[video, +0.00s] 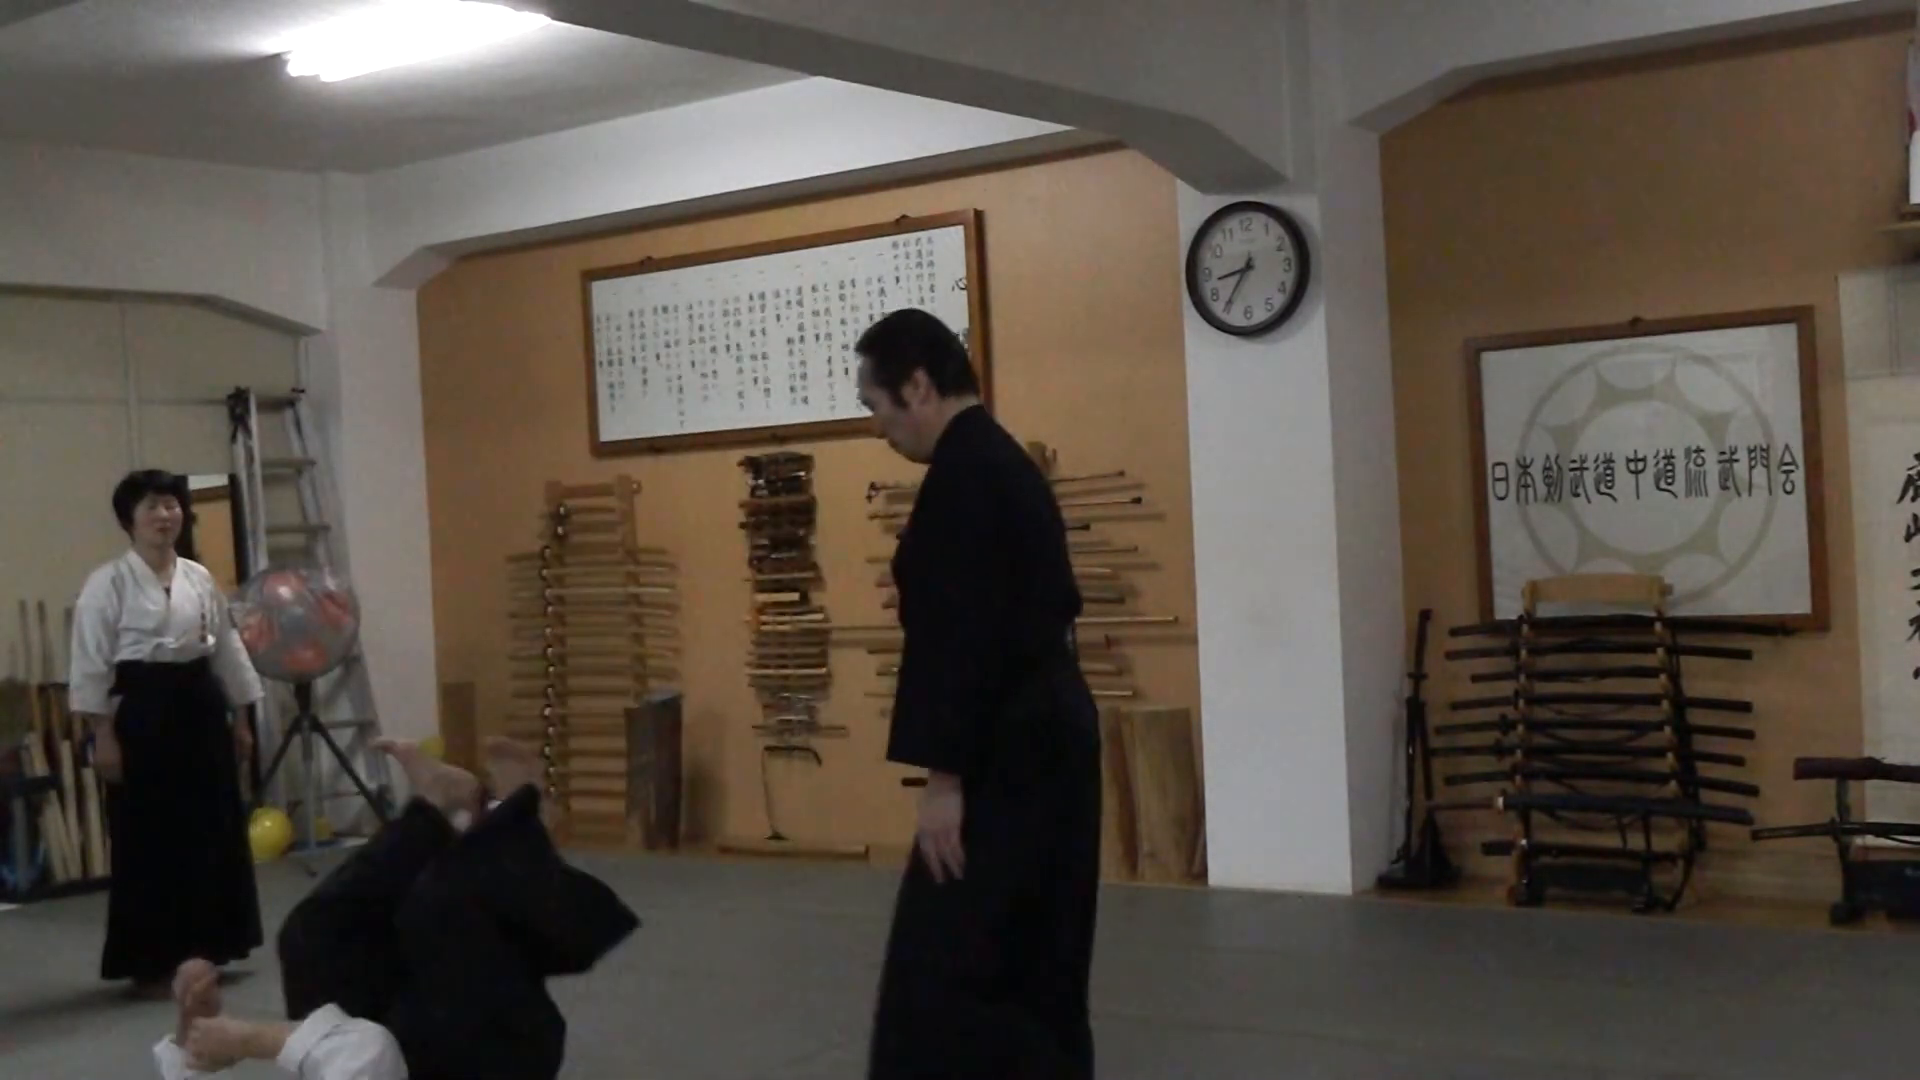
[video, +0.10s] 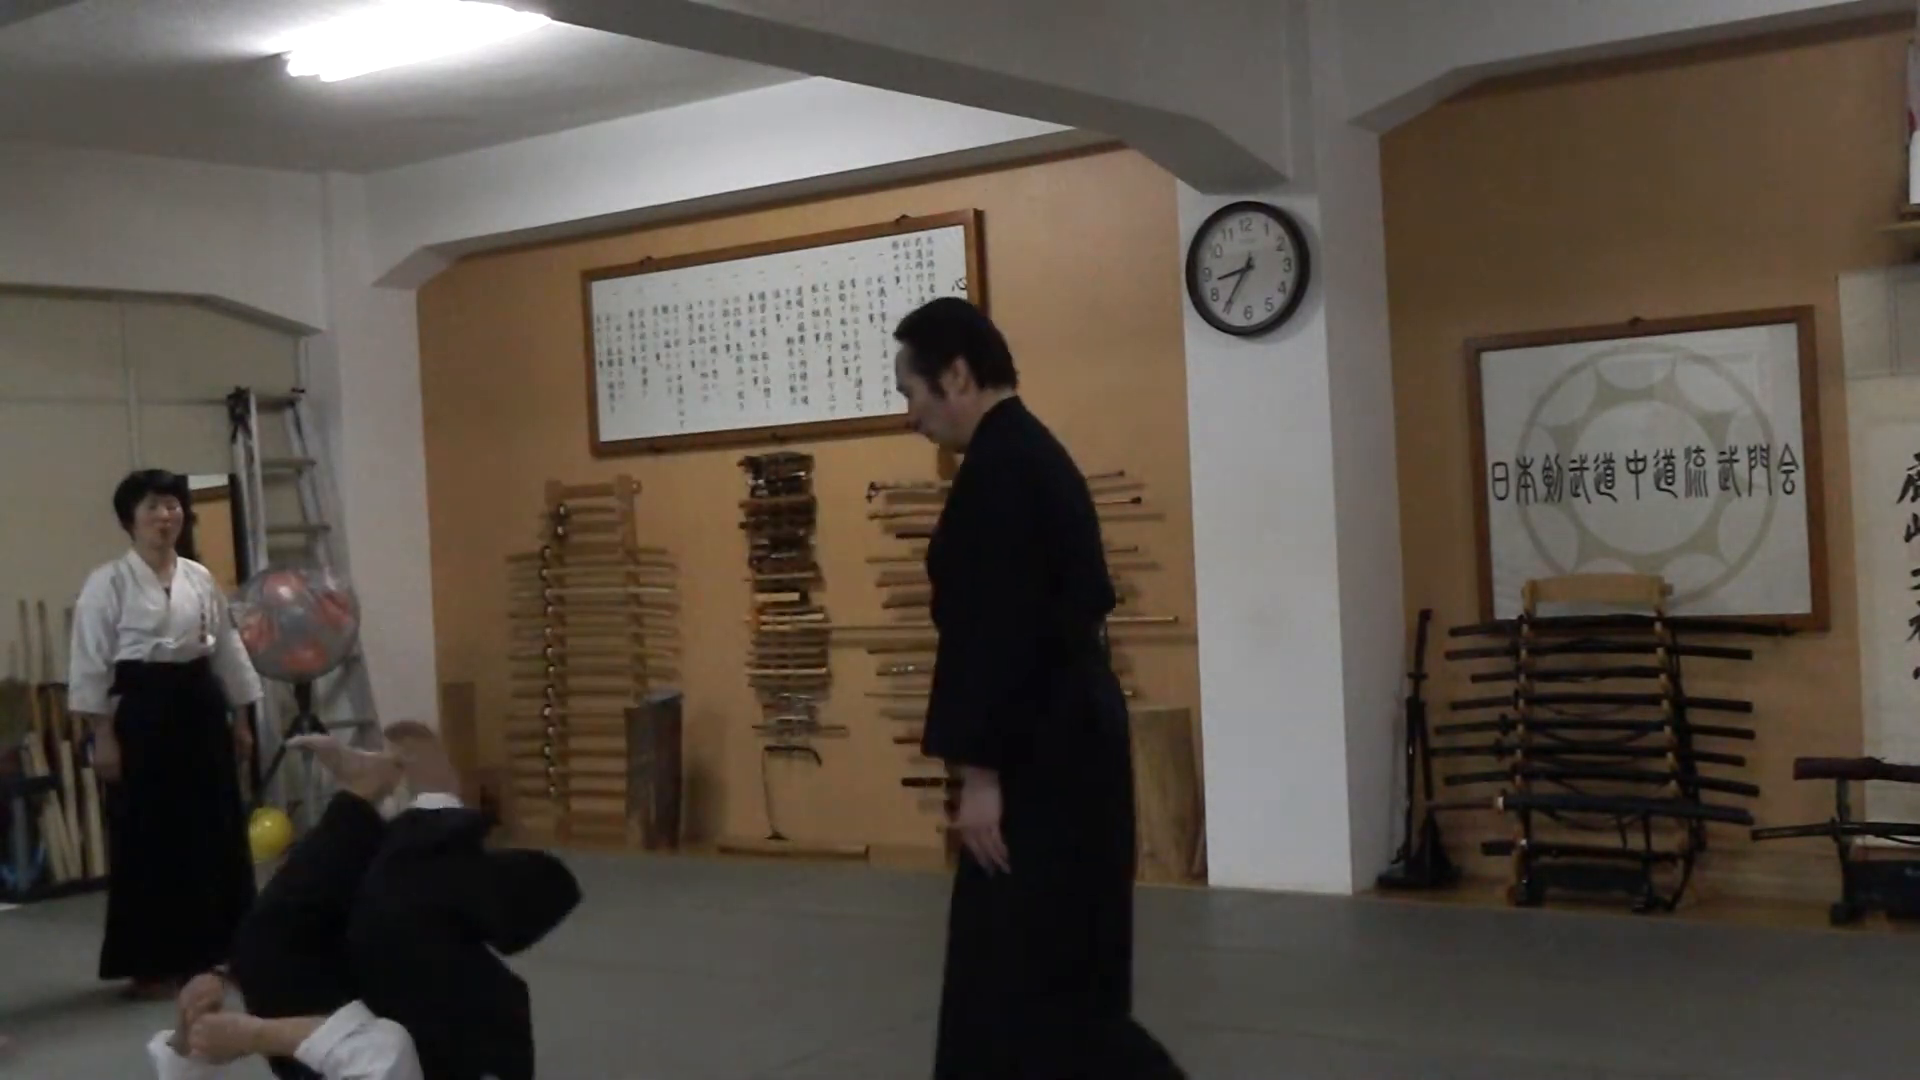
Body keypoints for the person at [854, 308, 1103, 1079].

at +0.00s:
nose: (878, 427)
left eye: (877, 407)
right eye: (872, 411)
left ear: (919, 388)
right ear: (938, 384)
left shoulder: (963, 472)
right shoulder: (1003, 462)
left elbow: (956, 634)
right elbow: (1043, 605)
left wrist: (942, 780)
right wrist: (929, 590)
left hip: (1005, 754)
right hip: (1048, 742)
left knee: (937, 976)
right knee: (1035, 967)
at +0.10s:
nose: (908, 412)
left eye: (910, 390)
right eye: (903, 393)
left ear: (959, 376)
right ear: (971, 376)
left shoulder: (1003, 465)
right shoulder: (1029, 453)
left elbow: (989, 630)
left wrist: (980, 772)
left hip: (1040, 751)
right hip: (1067, 736)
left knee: (1010, 976)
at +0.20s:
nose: (937, 401)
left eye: (940, 376)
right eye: (933, 379)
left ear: (989, 364)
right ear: (999, 364)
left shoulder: (1033, 455)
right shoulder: (1062, 443)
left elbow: (1024, 621)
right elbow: (1105, 595)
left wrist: (1016, 766)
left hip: (1074, 742)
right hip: (1109, 727)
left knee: (1051, 966)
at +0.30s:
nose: (963, 397)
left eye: (966, 373)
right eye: (958, 376)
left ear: (1016, 357)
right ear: (1025, 358)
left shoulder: (1061, 447)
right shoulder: (1092, 435)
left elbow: (1053, 618)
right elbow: (1154, 593)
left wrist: (1048, 763)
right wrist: (1058, 756)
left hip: (1117, 744)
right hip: (1150, 726)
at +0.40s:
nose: (988, 393)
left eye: (990, 370)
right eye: (983, 375)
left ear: (1041, 353)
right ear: (1054, 353)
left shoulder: (1088, 442)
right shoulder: (1121, 429)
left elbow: (1080, 616)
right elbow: (1159, 602)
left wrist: (1078, 768)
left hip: (1145, 731)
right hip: (1182, 713)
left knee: (1139, 951)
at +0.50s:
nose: (1016, 375)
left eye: (1019, 353)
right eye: (1012, 356)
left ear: (1067, 343)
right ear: (1085, 340)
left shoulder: (1109, 439)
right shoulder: (1155, 425)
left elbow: (1109, 611)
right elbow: (1197, 590)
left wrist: (1107, 764)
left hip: (1165, 725)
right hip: (1210, 707)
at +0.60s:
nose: (1035, 362)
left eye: (1042, 341)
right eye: (1033, 342)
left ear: (1091, 337)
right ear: (1105, 335)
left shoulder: (1124, 437)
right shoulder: (1180, 422)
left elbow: (1124, 609)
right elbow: (1214, 591)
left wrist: (1122, 761)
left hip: (1175, 737)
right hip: (1224, 721)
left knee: (1175, 962)